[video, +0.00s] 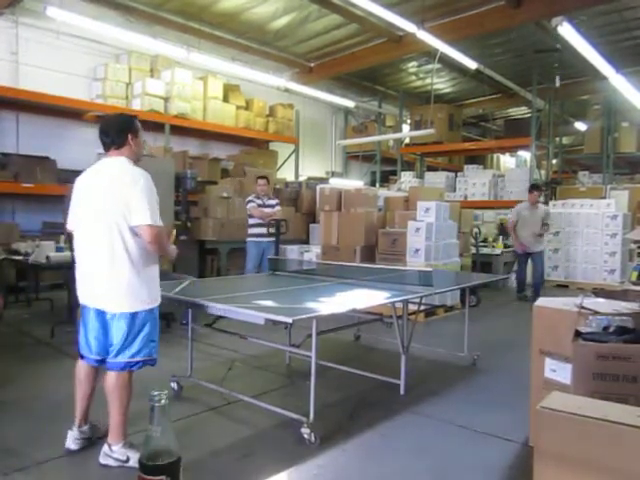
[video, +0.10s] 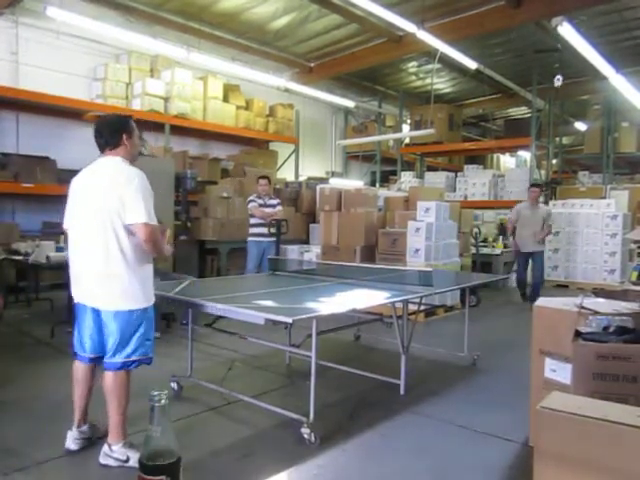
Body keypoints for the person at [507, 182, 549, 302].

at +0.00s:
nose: (537, 198)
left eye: (539, 195)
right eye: (535, 194)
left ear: (540, 196)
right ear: (529, 194)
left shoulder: (544, 210)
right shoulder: (519, 209)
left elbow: (546, 225)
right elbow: (511, 226)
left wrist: (542, 231)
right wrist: (517, 243)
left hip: (537, 247)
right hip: (522, 246)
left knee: (539, 274)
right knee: (521, 273)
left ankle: (536, 295)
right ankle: (520, 292)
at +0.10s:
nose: (534, 195)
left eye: (536, 192)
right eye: (532, 192)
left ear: (540, 194)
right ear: (528, 193)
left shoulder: (545, 211)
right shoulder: (519, 208)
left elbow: (548, 228)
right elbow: (511, 223)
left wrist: (542, 235)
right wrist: (511, 238)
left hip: (538, 247)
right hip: (521, 246)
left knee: (538, 276)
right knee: (521, 275)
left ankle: (534, 298)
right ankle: (522, 292)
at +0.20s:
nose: (533, 191)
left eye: (536, 188)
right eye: (531, 187)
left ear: (540, 191)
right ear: (527, 190)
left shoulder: (545, 208)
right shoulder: (519, 205)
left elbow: (549, 225)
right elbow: (511, 221)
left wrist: (543, 235)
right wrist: (508, 236)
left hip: (538, 246)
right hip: (521, 245)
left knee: (538, 276)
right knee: (520, 273)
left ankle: (534, 298)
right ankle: (522, 293)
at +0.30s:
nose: (532, 186)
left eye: (534, 184)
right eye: (530, 183)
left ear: (539, 186)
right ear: (526, 185)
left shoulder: (545, 204)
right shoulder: (517, 201)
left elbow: (550, 222)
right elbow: (510, 219)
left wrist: (542, 232)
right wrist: (507, 237)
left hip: (537, 244)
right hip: (519, 243)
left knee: (538, 277)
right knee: (519, 275)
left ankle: (534, 301)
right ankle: (521, 300)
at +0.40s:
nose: (529, 187)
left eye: (532, 185)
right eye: (527, 185)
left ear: (536, 187)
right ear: (524, 187)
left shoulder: (543, 204)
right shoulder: (516, 203)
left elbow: (551, 220)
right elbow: (509, 221)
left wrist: (543, 231)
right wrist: (507, 237)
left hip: (537, 245)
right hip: (520, 244)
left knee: (539, 278)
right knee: (517, 276)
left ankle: (534, 301)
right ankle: (514, 303)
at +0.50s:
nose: (526, 189)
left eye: (529, 186)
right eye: (524, 186)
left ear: (535, 189)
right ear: (522, 188)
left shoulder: (542, 205)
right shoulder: (515, 205)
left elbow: (549, 224)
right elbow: (509, 223)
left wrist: (542, 236)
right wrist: (505, 239)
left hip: (536, 249)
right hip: (518, 247)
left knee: (538, 280)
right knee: (514, 279)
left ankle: (534, 302)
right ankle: (511, 307)